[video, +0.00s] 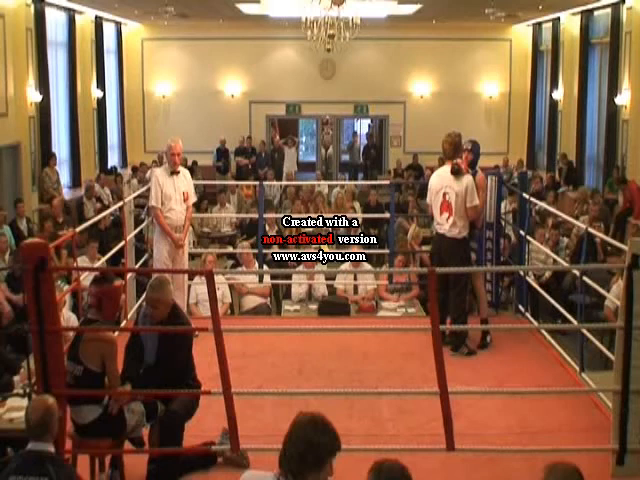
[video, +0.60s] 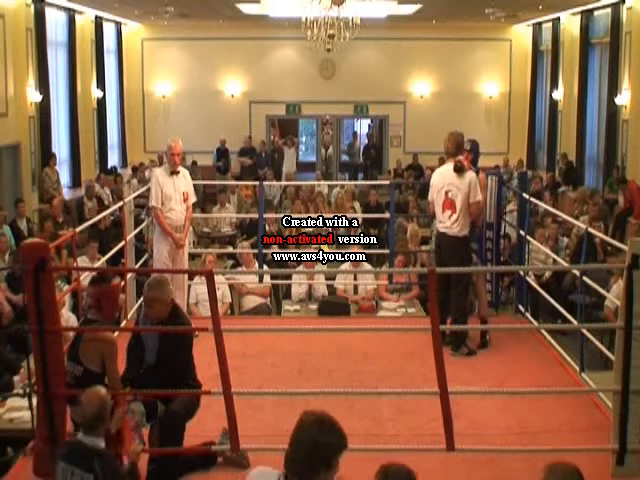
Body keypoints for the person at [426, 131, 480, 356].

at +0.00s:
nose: (464, 154)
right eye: (463, 151)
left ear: (443, 152)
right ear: (462, 153)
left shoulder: (435, 176)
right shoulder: (467, 179)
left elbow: (431, 207)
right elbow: (472, 213)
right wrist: (476, 189)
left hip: (439, 237)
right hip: (458, 239)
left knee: (440, 285)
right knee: (459, 288)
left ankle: (439, 328)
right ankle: (458, 337)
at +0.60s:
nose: (463, 151)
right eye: (463, 148)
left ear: (445, 149)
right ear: (463, 149)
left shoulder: (437, 174)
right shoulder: (470, 176)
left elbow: (432, 208)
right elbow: (474, 210)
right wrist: (481, 188)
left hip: (441, 234)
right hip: (460, 236)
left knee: (442, 283)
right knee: (460, 286)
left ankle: (440, 328)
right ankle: (459, 337)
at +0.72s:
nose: (465, 152)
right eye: (465, 149)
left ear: (446, 150)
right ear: (465, 150)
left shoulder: (437, 174)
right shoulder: (470, 176)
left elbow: (432, 206)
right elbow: (475, 209)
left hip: (441, 235)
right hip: (460, 237)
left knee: (442, 284)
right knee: (460, 287)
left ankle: (440, 328)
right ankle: (459, 338)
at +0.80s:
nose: (466, 155)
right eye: (466, 151)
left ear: (447, 152)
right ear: (465, 152)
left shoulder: (437, 175)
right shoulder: (469, 176)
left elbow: (432, 207)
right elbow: (475, 209)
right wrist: (478, 224)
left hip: (441, 236)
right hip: (460, 237)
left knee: (443, 284)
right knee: (460, 287)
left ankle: (441, 328)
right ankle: (459, 338)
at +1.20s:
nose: (472, 159)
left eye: (471, 155)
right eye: (471, 155)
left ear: (450, 153)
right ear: (467, 155)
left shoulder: (438, 175)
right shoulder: (468, 177)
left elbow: (434, 208)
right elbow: (475, 212)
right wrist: (487, 199)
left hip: (442, 236)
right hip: (460, 237)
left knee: (443, 284)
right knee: (461, 287)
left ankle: (441, 329)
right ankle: (459, 338)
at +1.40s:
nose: (473, 159)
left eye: (473, 156)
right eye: (472, 155)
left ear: (452, 154)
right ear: (468, 155)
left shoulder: (440, 175)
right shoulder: (470, 177)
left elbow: (434, 207)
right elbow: (475, 212)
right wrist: (487, 205)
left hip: (442, 237)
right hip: (461, 238)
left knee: (443, 285)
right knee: (461, 288)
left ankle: (441, 328)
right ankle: (459, 339)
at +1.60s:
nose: (473, 159)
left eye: (471, 156)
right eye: (473, 156)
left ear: (454, 155)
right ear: (471, 156)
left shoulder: (441, 176)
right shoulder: (473, 178)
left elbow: (435, 206)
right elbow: (479, 211)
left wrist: (444, 221)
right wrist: (479, 225)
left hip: (443, 238)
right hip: (462, 240)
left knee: (445, 285)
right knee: (463, 289)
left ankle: (442, 327)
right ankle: (460, 338)